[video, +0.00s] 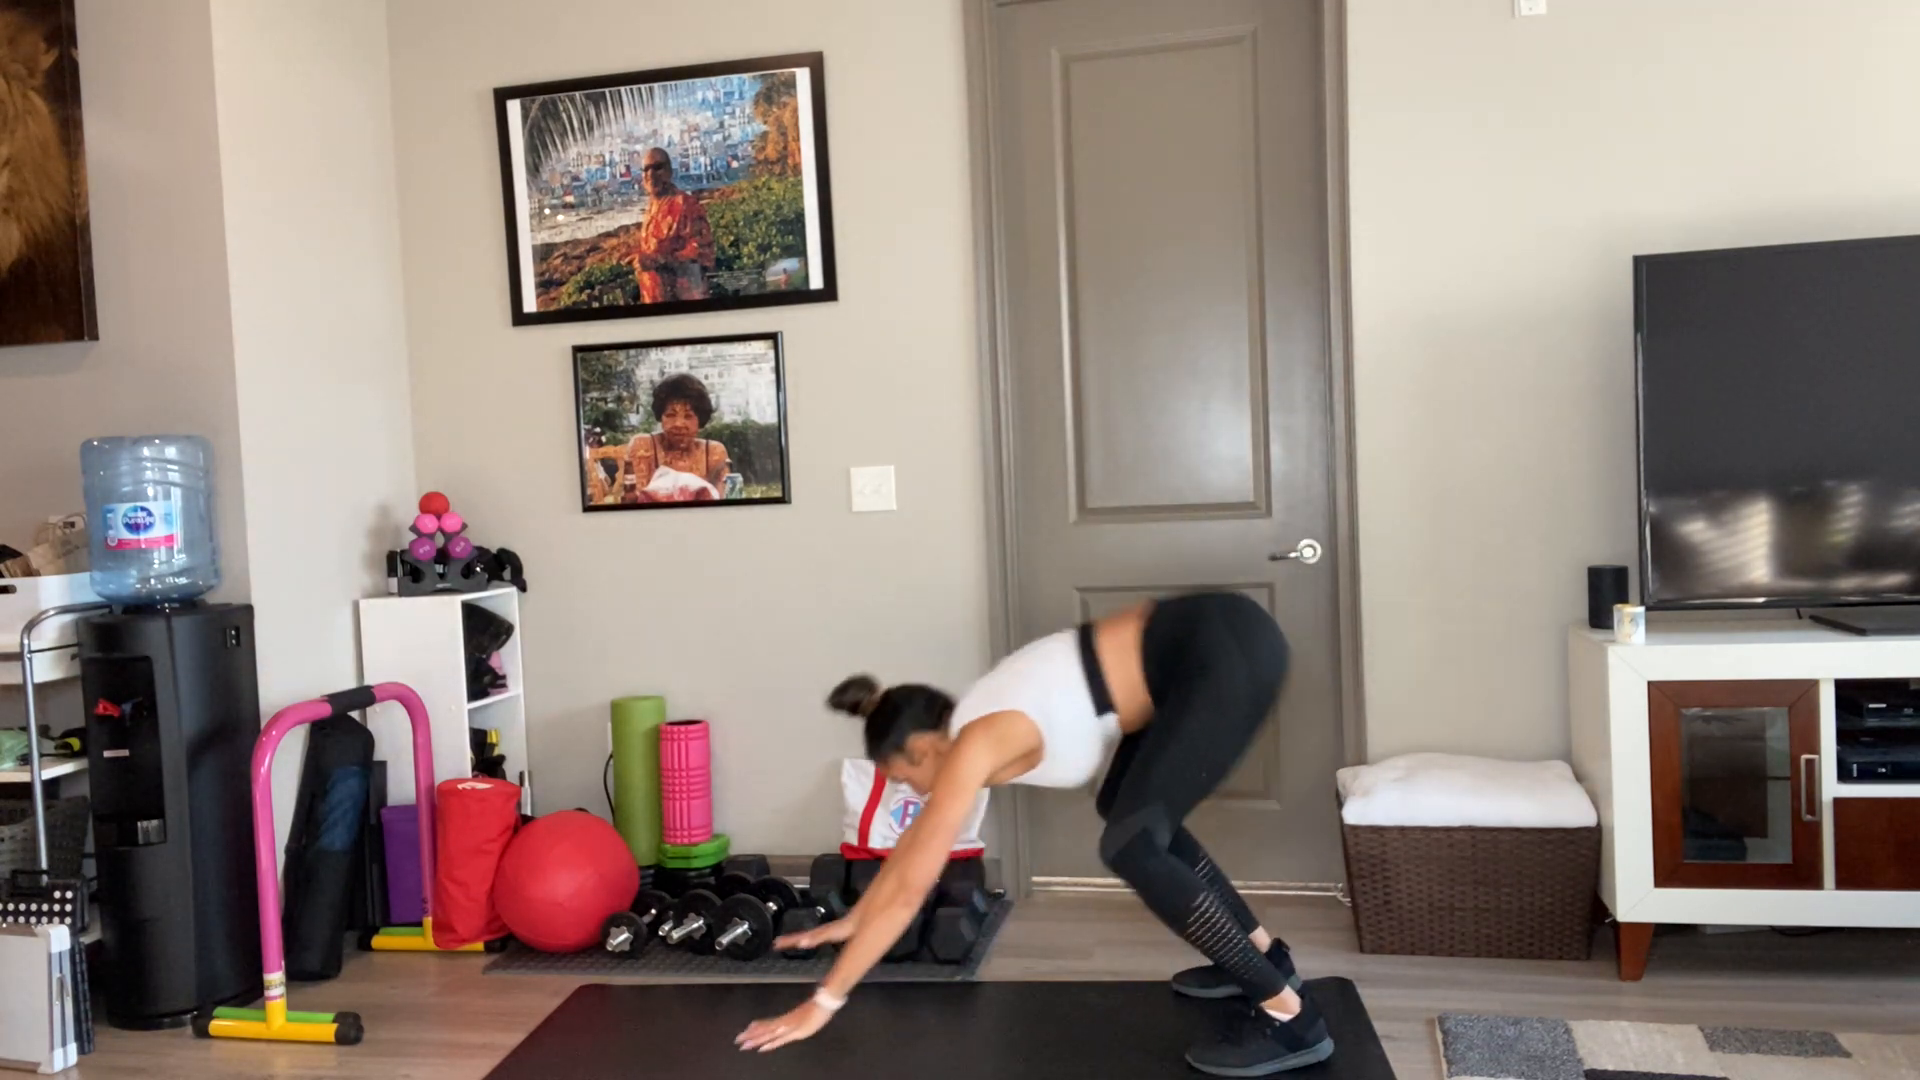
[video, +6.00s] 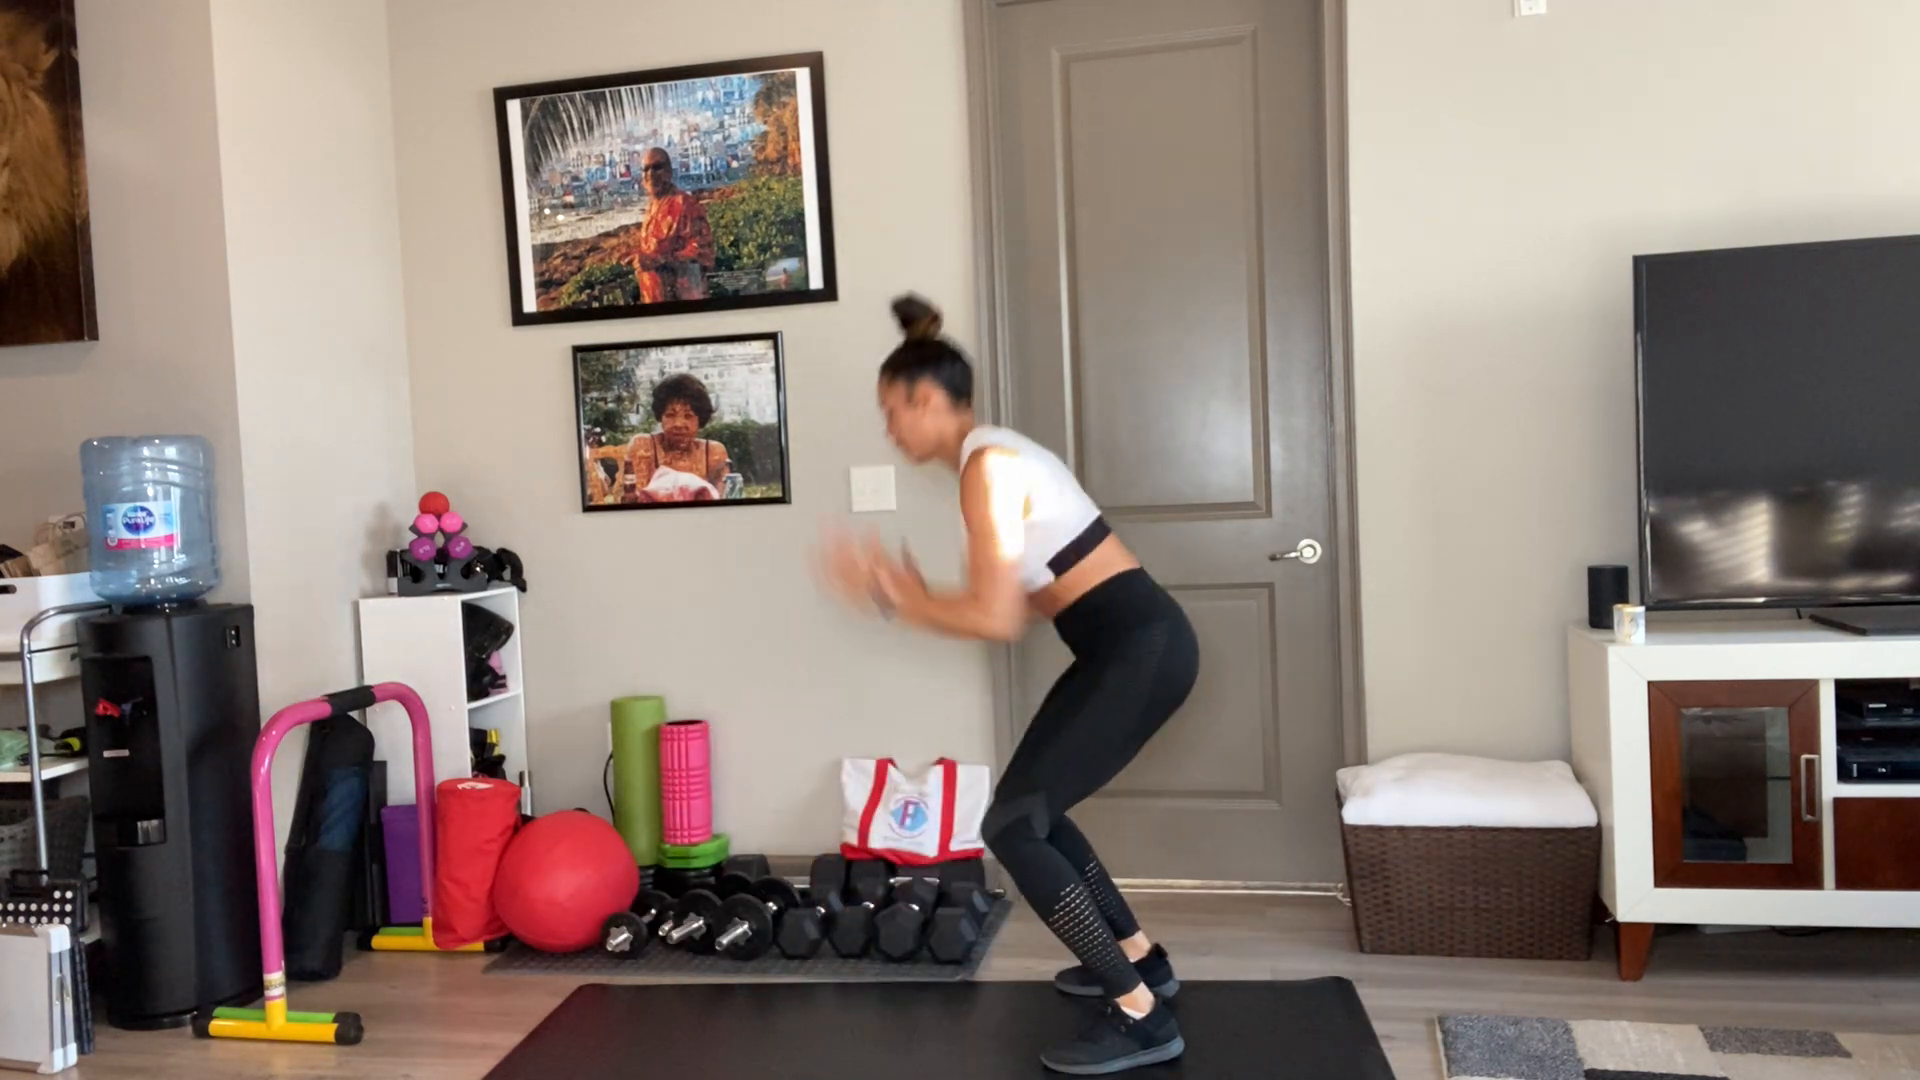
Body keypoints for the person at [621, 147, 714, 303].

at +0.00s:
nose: (650, 174)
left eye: (657, 167)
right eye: (646, 169)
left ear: (670, 172)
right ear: (642, 175)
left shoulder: (686, 205)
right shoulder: (653, 206)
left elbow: (703, 255)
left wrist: (655, 260)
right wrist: (639, 257)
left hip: (683, 297)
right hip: (655, 297)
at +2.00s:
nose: (650, 174)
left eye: (657, 167)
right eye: (646, 169)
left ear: (670, 172)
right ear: (642, 176)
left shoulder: (686, 204)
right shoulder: (653, 206)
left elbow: (703, 255)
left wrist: (655, 260)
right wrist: (638, 257)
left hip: (683, 297)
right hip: (655, 297)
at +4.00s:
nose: (650, 175)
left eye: (657, 167)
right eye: (645, 169)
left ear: (669, 172)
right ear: (642, 176)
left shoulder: (686, 204)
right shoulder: (654, 206)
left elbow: (703, 255)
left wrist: (657, 261)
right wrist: (638, 257)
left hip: (683, 297)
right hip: (656, 297)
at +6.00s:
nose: (650, 174)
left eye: (657, 167)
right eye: (645, 169)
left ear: (669, 171)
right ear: (642, 176)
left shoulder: (686, 204)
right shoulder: (654, 206)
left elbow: (703, 255)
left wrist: (657, 260)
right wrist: (638, 257)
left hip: (683, 297)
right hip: (655, 297)